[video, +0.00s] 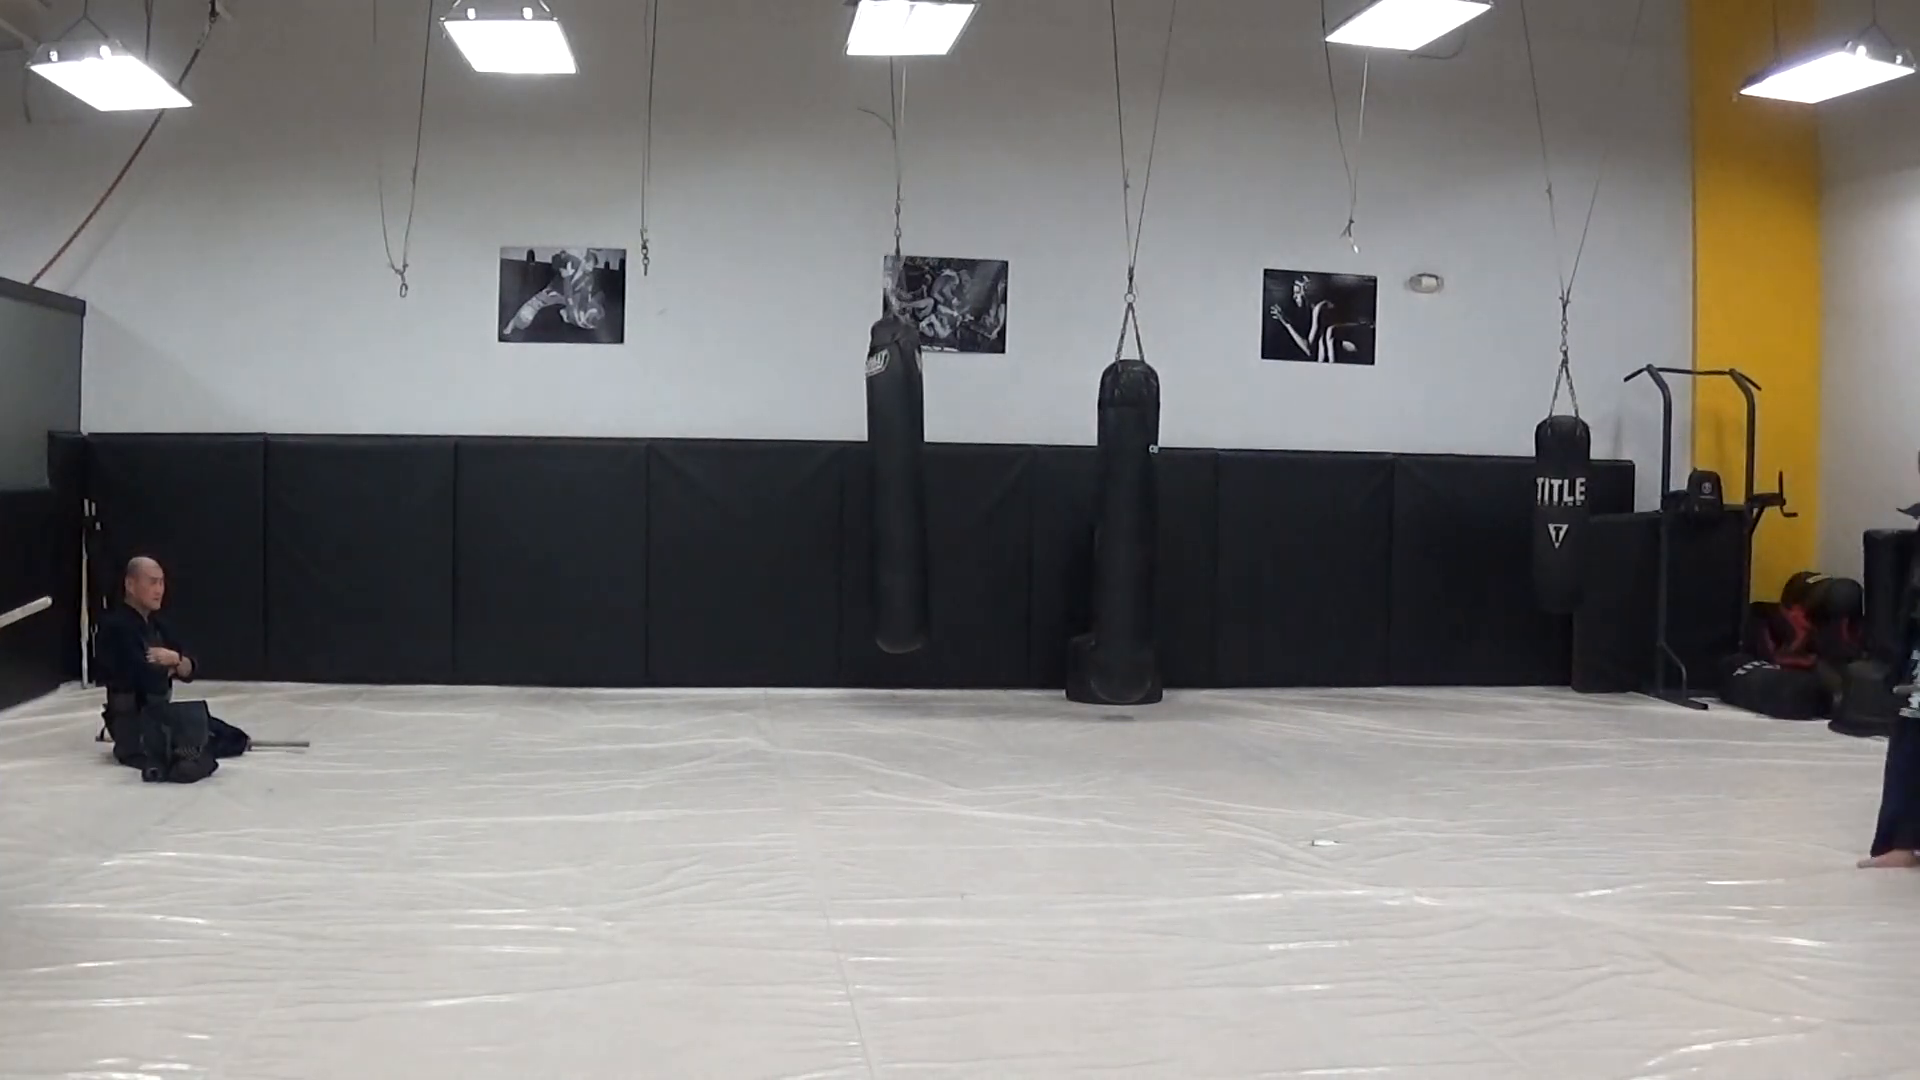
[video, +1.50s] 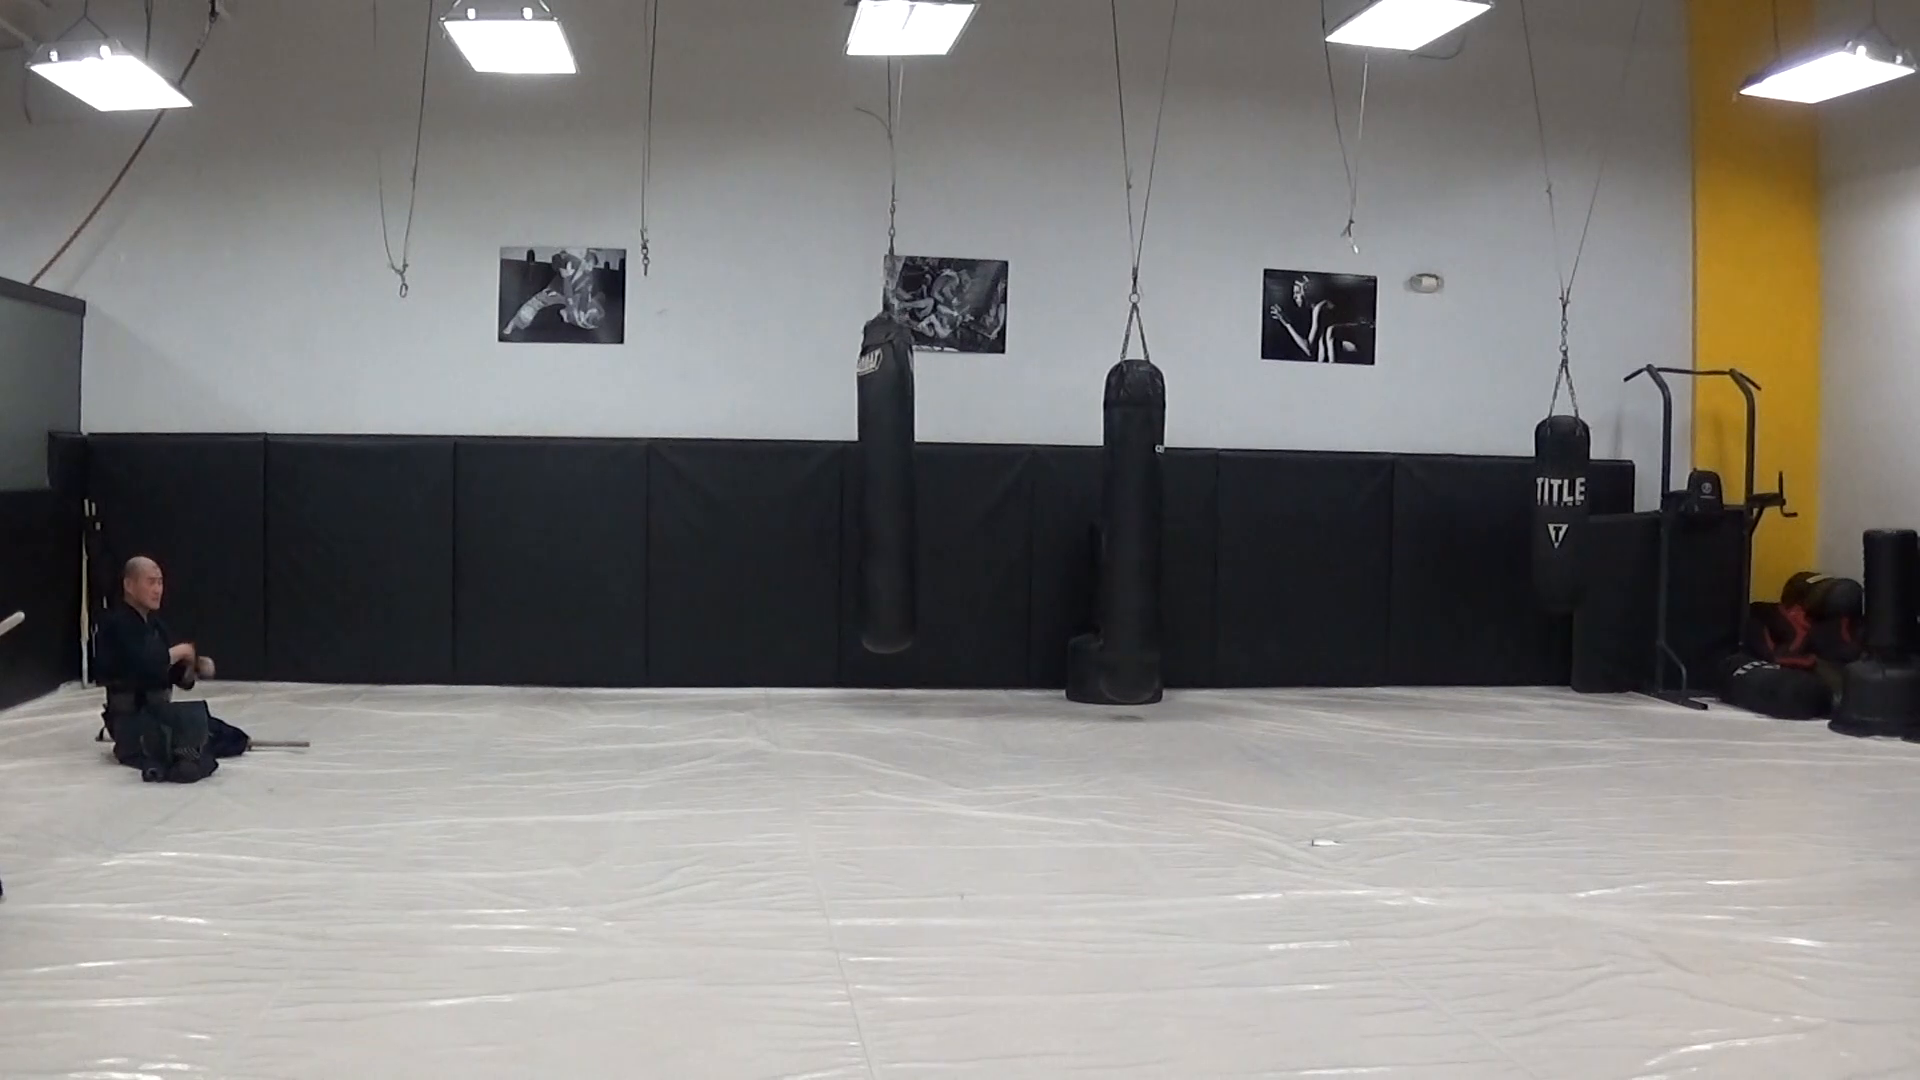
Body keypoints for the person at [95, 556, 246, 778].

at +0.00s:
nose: (160, 590)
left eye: (161, 583)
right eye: (153, 582)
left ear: (164, 585)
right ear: (130, 585)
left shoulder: (156, 623)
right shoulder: (115, 625)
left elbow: (191, 671)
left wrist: (175, 659)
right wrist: (173, 667)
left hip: (161, 720)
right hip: (132, 729)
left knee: (236, 740)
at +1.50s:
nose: (159, 589)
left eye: (160, 582)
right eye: (152, 582)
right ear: (129, 585)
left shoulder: (155, 623)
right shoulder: (114, 624)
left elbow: (169, 674)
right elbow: (136, 664)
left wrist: (190, 669)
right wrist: (175, 654)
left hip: (162, 716)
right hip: (129, 723)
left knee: (236, 740)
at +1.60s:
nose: (158, 589)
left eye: (160, 582)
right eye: (151, 582)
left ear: (163, 585)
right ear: (129, 586)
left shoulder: (154, 623)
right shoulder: (116, 621)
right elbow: (145, 652)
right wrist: (194, 634)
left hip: (162, 717)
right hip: (130, 724)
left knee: (236, 740)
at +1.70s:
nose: (157, 590)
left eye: (160, 583)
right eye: (150, 582)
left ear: (163, 585)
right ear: (128, 586)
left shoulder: (156, 621)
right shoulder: (116, 620)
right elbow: (149, 639)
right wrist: (204, 622)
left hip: (162, 715)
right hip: (128, 721)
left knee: (236, 739)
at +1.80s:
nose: (157, 590)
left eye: (160, 583)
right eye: (150, 583)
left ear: (164, 585)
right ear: (128, 585)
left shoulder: (157, 624)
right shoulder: (116, 620)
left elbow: (173, 679)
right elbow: (147, 634)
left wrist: (186, 697)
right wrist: (201, 624)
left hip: (166, 712)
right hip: (129, 719)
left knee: (235, 740)